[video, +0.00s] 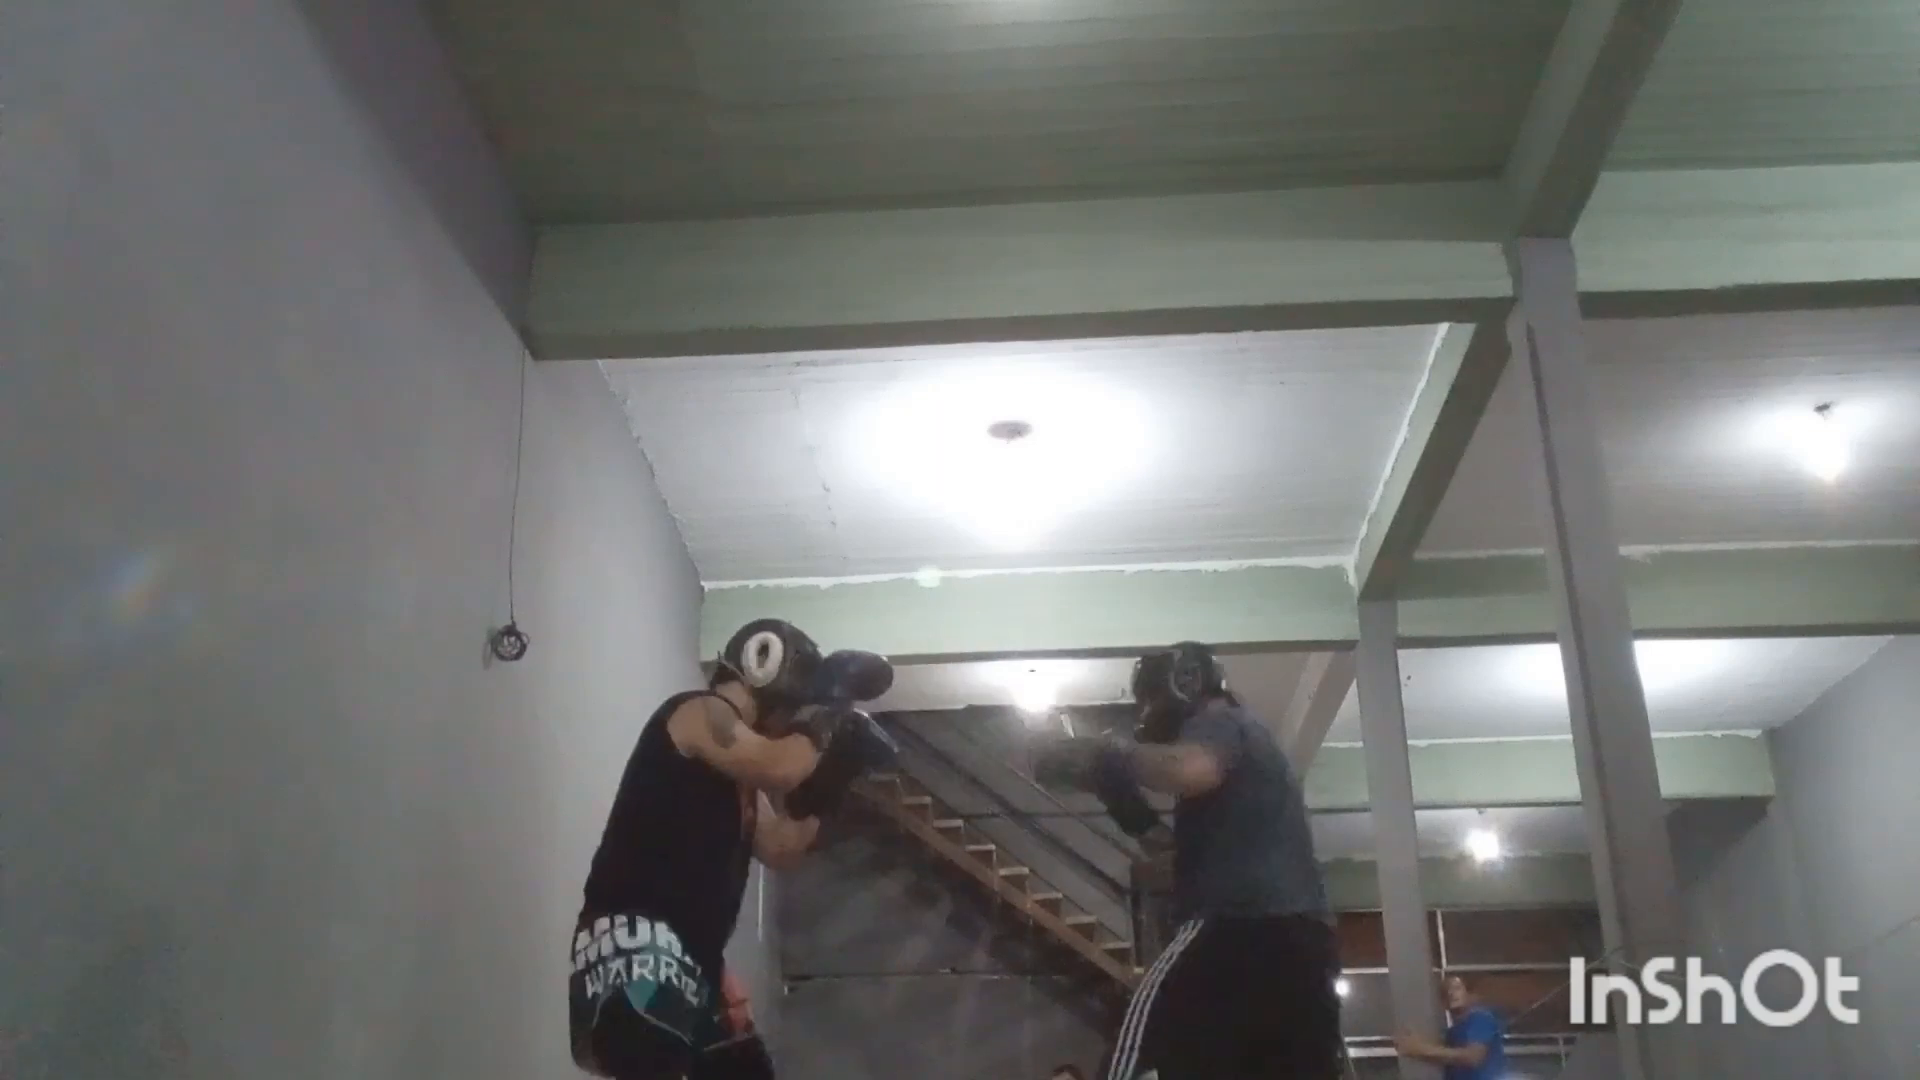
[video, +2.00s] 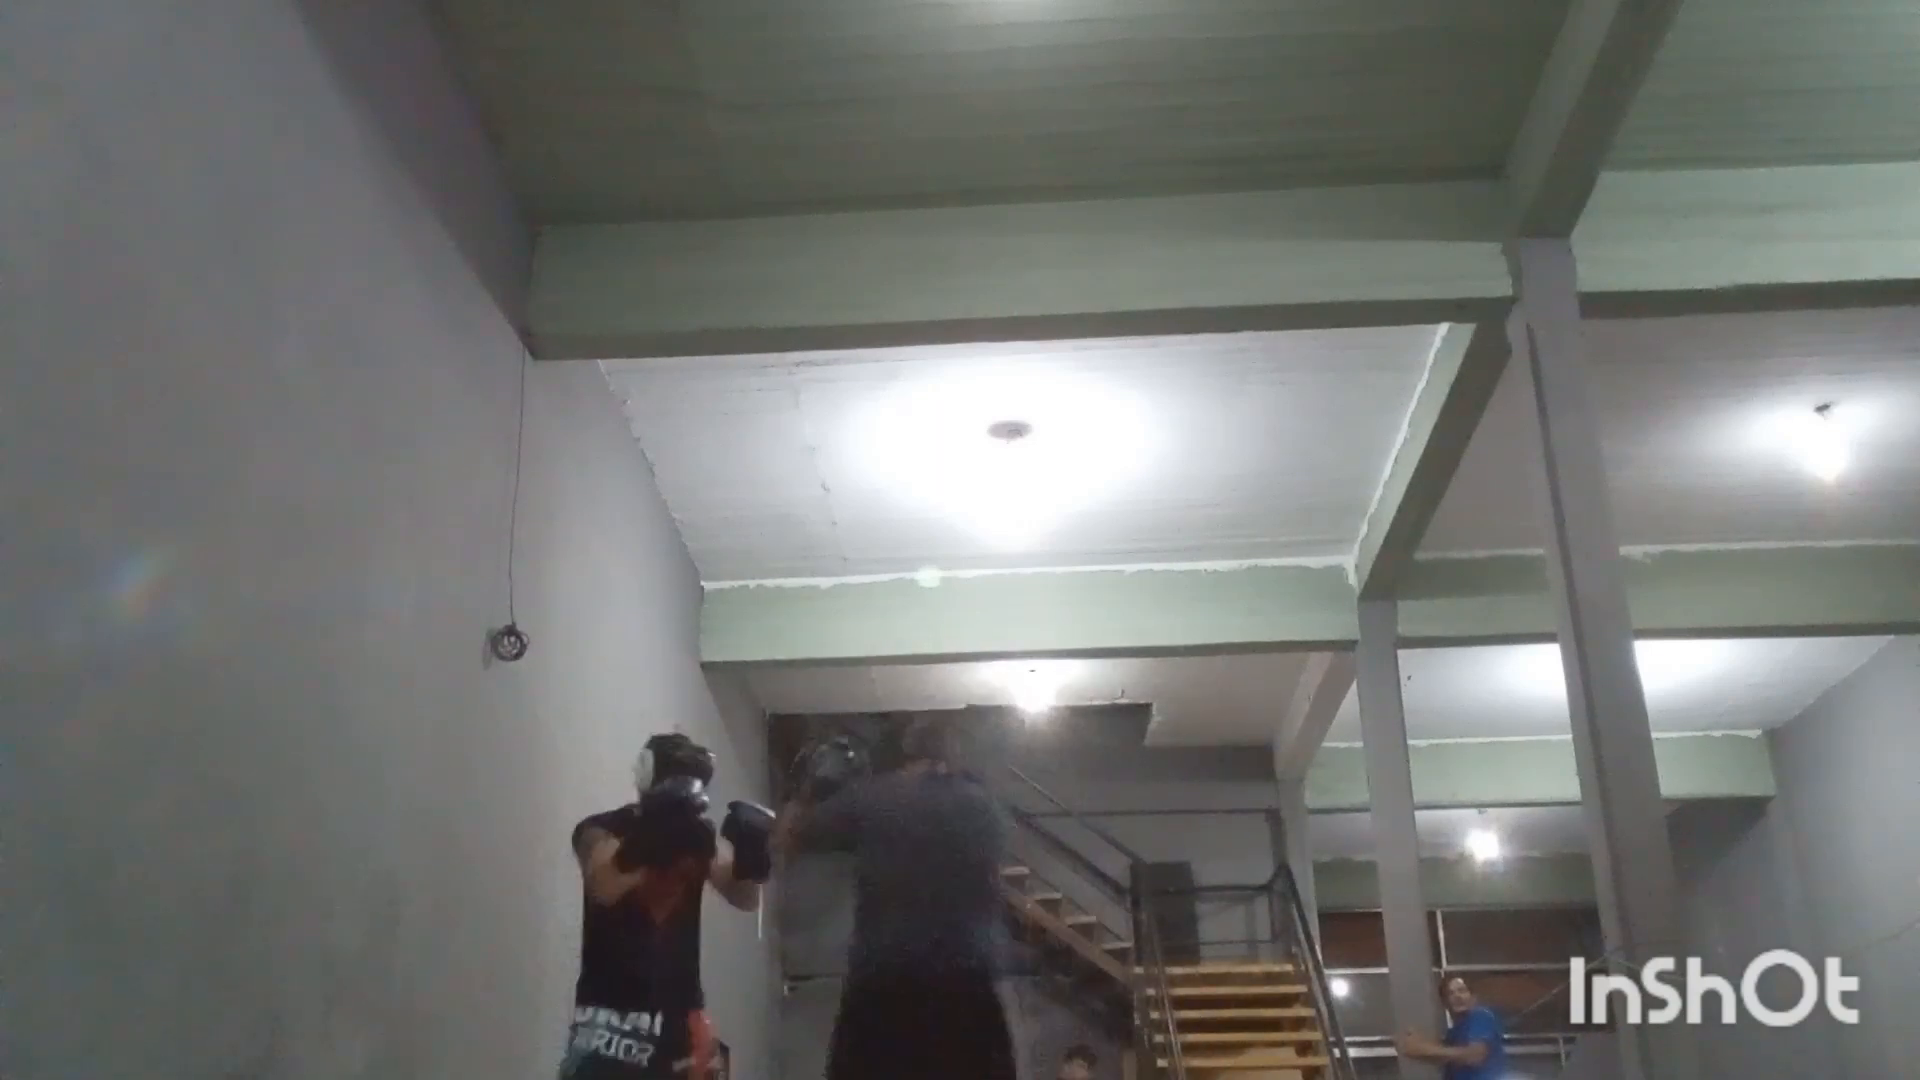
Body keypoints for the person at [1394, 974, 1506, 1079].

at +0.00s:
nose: (1453, 993)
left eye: (1457, 988)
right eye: (1448, 990)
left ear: (1466, 991)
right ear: (1444, 997)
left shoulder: (1481, 1018)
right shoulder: (1453, 1030)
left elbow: (1474, 1056)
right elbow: (1450, 1058)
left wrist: (1423, 1050)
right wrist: (1417, 1048)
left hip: (1485, 1075)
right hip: (1460, 1076)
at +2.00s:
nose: (1457, 996)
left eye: (1462, 991)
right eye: (1451, 993)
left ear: (1470, 995)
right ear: (1445, 1000)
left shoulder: (1481, 1017)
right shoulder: (1454, 1031)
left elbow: (1476, 1056)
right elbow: (1448, 1054)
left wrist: (1424, 1050)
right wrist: (1419, 1046)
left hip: (1485, 1075)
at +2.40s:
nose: (1458, 997)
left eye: (1462, 991)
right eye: (1451, 994)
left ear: (1471, 995)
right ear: (1445, 1002)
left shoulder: (1481, 1017)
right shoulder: (1453, 1031)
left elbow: (1477, 1055)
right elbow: (1446, 1054)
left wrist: (1427, 1050)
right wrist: (1418, 1046)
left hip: (1485, 1075)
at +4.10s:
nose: (1461, 1006)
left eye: (1468, 1000)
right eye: (1457, 1000)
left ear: (1477, 1001)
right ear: (1450, 1002)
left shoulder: (1487, 1022)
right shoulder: (1453, 1027)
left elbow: (1476, 1058)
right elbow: (1449, 1059)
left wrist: (1428, 1051)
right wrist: (1421, 1050)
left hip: (1484, 1076)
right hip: (1457, 1076)